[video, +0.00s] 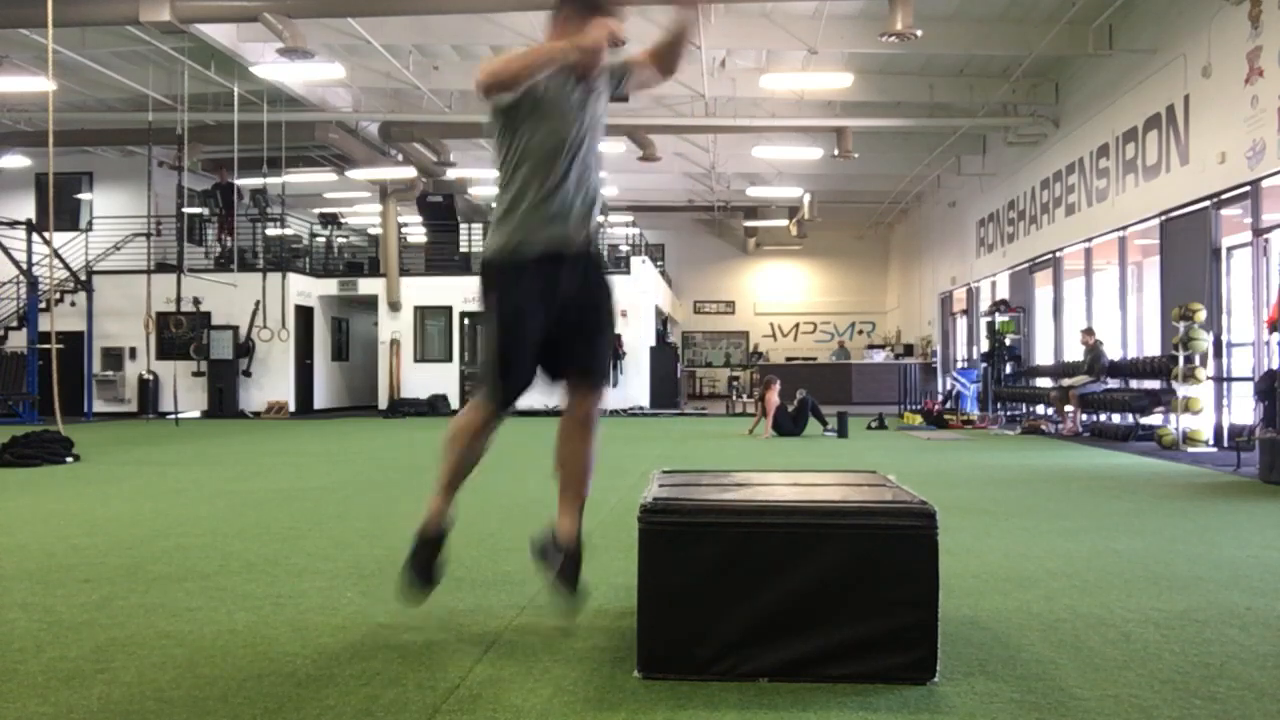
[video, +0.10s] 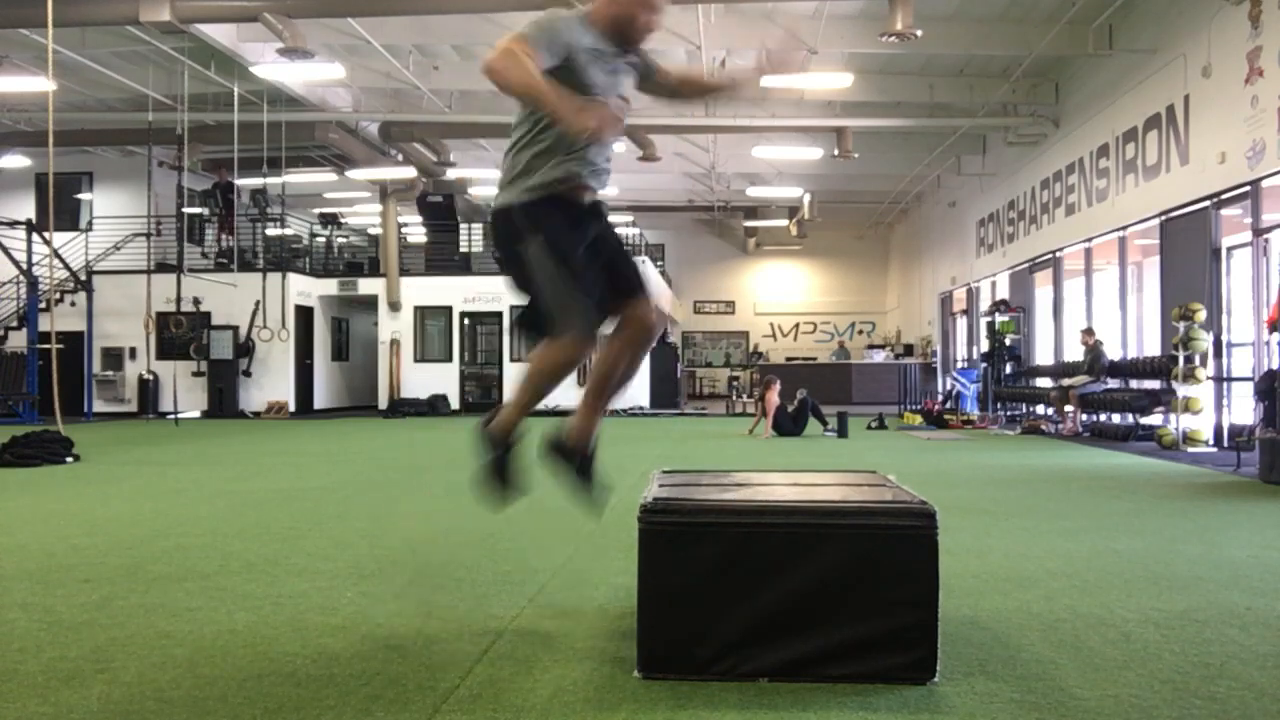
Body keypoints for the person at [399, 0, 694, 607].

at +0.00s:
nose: (611, 36)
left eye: (613, 28)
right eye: (604, 24)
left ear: (601, 33)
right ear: (568, 21)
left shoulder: (600, 72)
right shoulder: (524, 66)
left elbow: (658, 64)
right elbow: (489, 81)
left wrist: (686, 20)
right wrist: (572, 49)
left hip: (580, 255)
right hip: (517, 255)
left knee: (586, 396)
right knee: (496, 395)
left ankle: (567, 537)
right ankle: (436, 516)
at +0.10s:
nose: (656, 22)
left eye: (659, 13)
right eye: (651, 10)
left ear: (640, 11)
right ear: (618, 3)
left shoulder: (628, 57)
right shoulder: (564, 28)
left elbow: (673, 84)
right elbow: (502, 62)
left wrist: (750, 76)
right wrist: (570, 109)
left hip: (583, 210)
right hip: (529, 209)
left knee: (642, 320)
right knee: (574, 334)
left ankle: (576, 439)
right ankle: (500, 428)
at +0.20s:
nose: (701, 30)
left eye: (706, 20)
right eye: (698, 15)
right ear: (666, 4)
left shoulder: (659, 66)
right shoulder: (612, 32)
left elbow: (672, 131)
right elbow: (539, 81)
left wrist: (715, 168)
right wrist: (530, 172)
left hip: (591, 192)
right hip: (552, 185)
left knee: (682, 262)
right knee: (662, 259)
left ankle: (613, 390)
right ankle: (597, 391)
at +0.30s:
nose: (737, 53)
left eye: (741, 43)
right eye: (734, 38)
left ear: (703, 23)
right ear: (702, 21)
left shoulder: (671, 80)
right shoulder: (647, 55)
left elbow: (643, 162)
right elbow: (569, 109)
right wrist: (527, 196)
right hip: (585, 192)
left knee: (698, 270)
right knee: (700, 265)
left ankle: (683, 410)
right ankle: (680, 410)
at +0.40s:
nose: (754, 82)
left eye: (759, 72)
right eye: (753, 67)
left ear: (722, 54)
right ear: (722, 50)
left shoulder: (688, 98)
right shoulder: (677, 86)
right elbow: (605, 139)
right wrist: (567, 229)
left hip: (618, 237)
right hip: (627, 231)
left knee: (704, 329)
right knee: (742, 316)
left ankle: (676, 455)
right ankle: (714, 460)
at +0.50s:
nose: (758, 99)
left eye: (761, 87)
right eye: (757, 82)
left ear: (718, 71)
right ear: (726, 68)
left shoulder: (662, 110)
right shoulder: (691, 107)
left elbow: (621, 204)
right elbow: (642, 174)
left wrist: (606, 306)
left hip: (604, 261)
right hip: (642, 252)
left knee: (715, 339)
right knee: (770, 324)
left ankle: (680, 455)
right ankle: (721, 459)